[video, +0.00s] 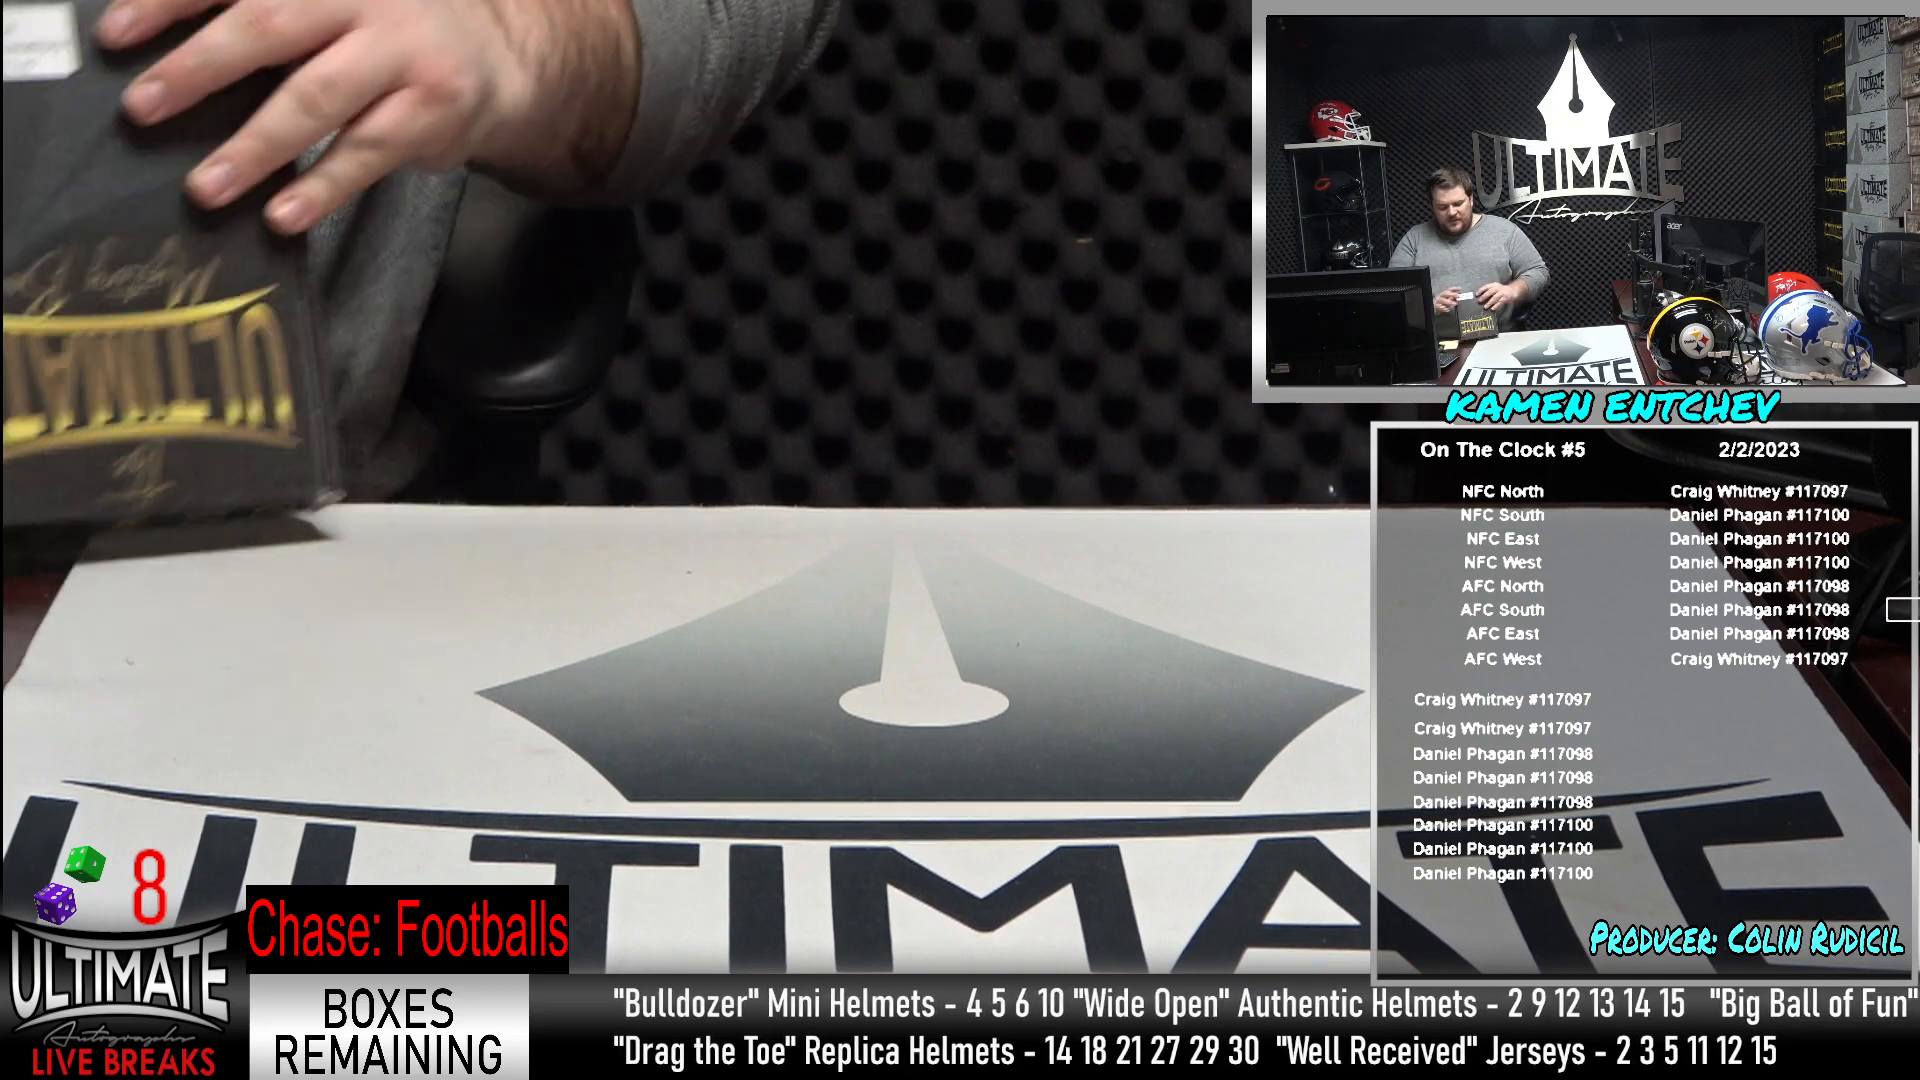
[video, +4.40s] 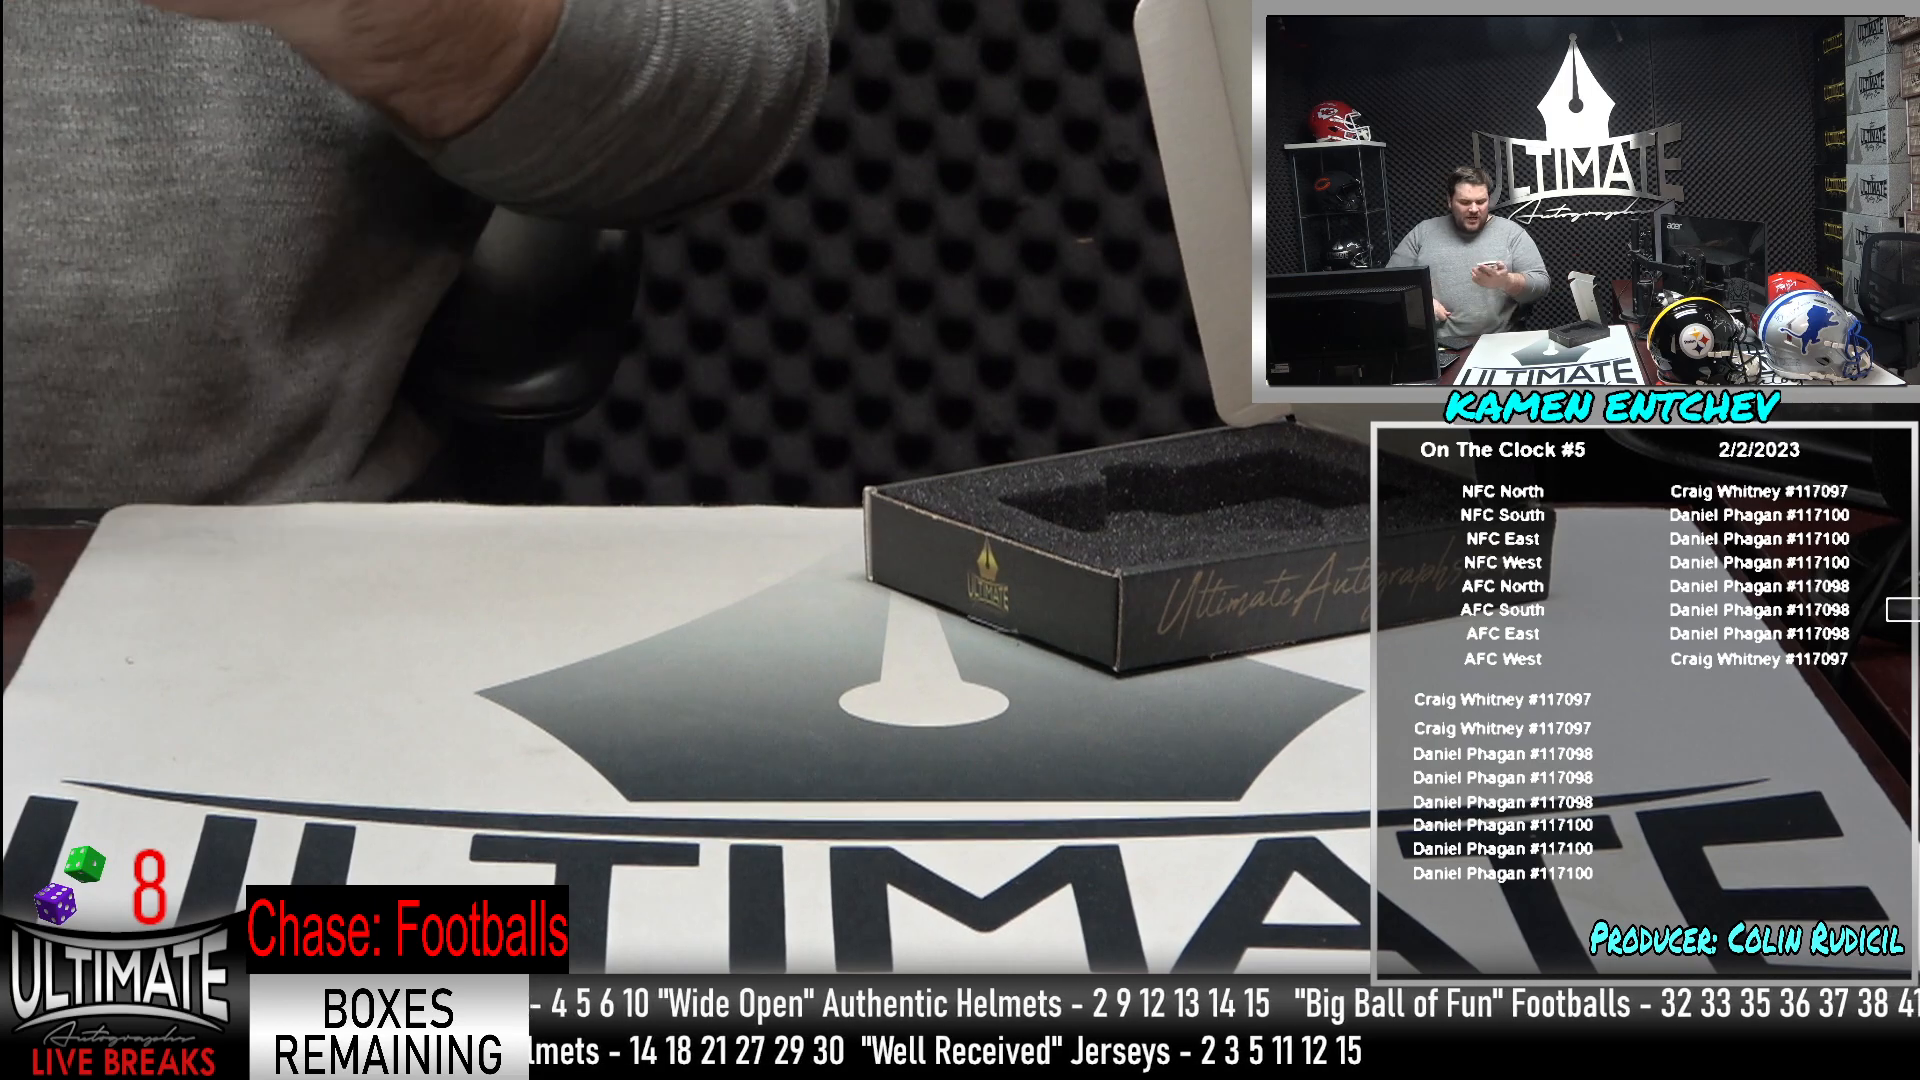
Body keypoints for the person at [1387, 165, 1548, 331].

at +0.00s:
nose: (1452, 213)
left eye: (1458, 204)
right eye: (1443, 207)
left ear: (1471, 199)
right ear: (1432, 206)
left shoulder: (1504, 231)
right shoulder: (1415, 240)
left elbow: (1538, 272)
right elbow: (1392, 290)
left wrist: (1512, 290)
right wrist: (1429, 303)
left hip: (1500, 347)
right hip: (1436, 353)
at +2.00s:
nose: (1471, 220)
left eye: (1478, 213)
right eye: (1463, 213)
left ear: (1485, 206)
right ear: (1445, 205)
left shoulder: (1506, 234)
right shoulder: (1417, 236)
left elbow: (1539, 275)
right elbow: (1393, 287)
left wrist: (1528, 283)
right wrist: (1424, 300)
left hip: (1496, 343)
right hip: (1434, 347)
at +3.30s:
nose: (1459, 213)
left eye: (1467, 206)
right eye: (1452, 205)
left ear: (1479, 204)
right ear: (1441, 202)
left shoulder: (1507, 234)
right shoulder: (1417, 236)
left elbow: (1527, 276)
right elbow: (1391, 289)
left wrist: (1548, 272)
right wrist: (1424, 293)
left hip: (1494, 347)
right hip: (1433, 351)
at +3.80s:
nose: (1461, 209)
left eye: (1468, 200)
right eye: (1452, 202)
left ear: (1480, 199)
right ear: (1441, 203)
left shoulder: (1508, 233)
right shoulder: (1418, 235)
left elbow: (1542, 277)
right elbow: (1392, 287)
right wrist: (1428, 289)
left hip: (1496, 346)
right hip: (1434, 351)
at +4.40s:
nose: (1474, 209)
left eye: (1480, 201)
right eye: (1465, 202)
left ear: (1489, 200)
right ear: (1450, 201)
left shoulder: (1511, 234)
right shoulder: (1424, 234)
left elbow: (1541, 283)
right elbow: (1389, 280)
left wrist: (1507, 282)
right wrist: (1422, 301)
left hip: (1497, 346)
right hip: (1437, 350)